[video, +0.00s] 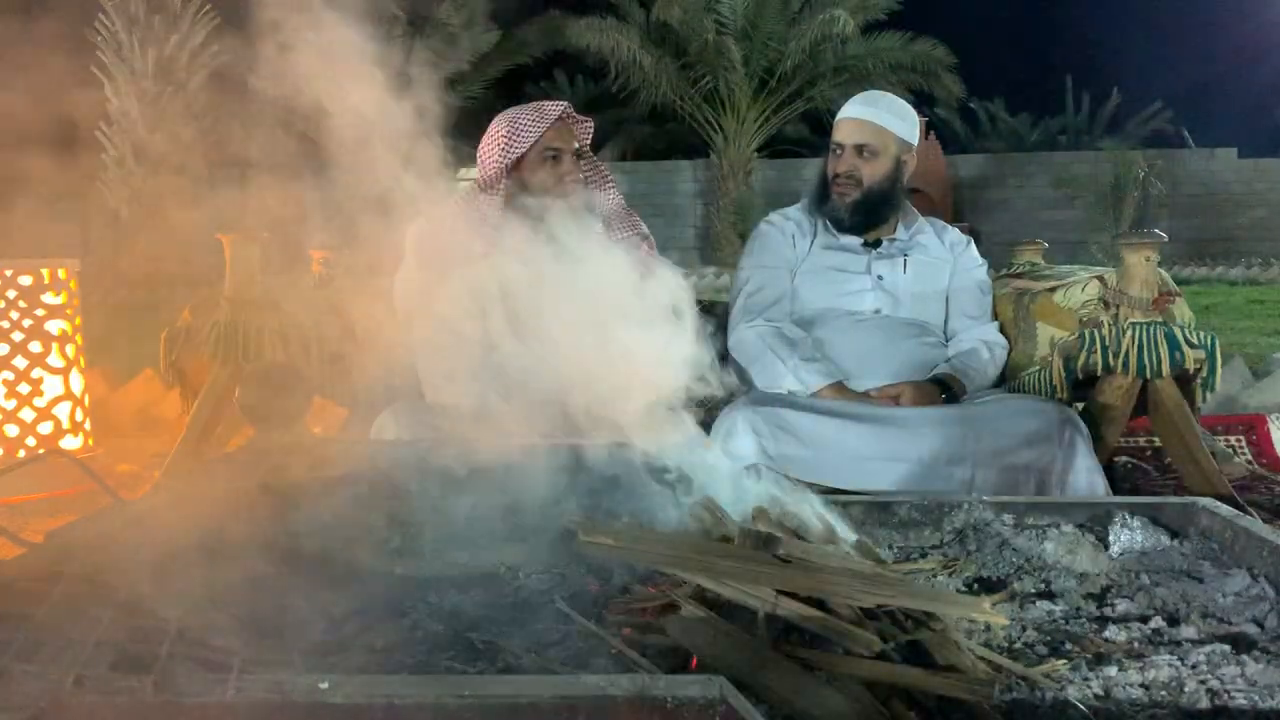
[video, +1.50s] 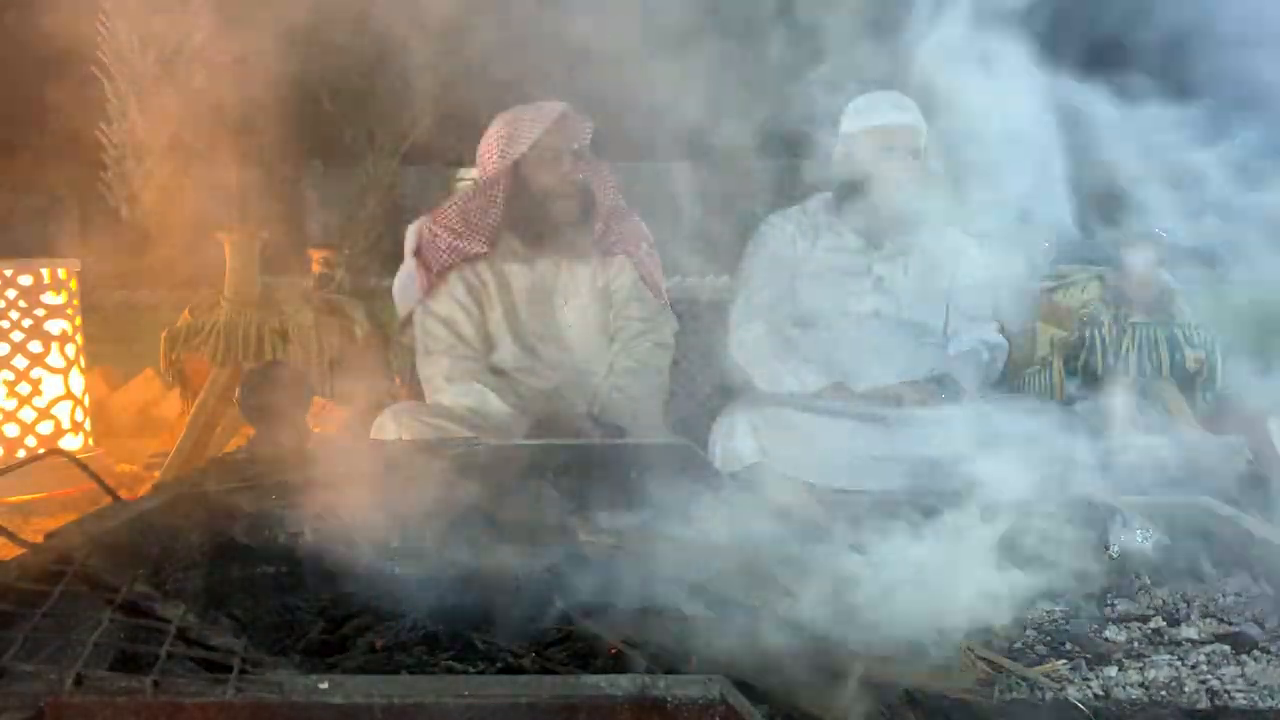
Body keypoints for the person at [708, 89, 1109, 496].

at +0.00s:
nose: (842, 167)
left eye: (864, 154)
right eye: (836, 151)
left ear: (905, 166)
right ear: (826, 155)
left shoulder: (953, 249)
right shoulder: (786, 231)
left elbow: (981, 342)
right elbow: (753, 330)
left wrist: (940, 387)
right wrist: (834, 396)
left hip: (939, 420)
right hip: (823, 416)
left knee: (1058, 429)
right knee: (741, 425)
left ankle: (1086, 590)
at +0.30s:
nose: (845, 173)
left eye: (866, 158)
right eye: (837, 156)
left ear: (906, 165)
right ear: (826, 159)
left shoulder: (952, 246)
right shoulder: (785, 232)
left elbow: (981, 342)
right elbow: (755, 330)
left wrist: (939, 389)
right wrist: (839, 397)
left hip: (934, 420)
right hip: (818, 416)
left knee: (1052, 424)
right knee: (750, 426)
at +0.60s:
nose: (855, 175)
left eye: (876, 160)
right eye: (844, 157)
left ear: (908, 166)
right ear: (829, 159)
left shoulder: (952, 247)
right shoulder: (783, 233)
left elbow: (981, 342)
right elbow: (756, 332)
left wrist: (939, 388)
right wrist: (838, 397)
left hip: (932, 419)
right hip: (818, 415)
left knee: (1052, 425)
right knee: (741, 431)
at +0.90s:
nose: (885, 175)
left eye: (902, 160)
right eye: (869, 156)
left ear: (919, 166)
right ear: (839, 158)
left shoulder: (954, 248)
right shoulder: (784, 234)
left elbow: (981, 344)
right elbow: (761, 339)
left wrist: (939, 388)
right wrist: (839, 398)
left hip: (935, 418)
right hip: (824, 416)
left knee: (1052, 424)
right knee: (754, 432)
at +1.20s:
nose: (896, 172)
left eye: (909, 158)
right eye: (882, 156)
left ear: (926, 164)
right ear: (848, 159)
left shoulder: (952, 250)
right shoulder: (785, 236)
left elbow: (984, 347)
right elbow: (749, 338)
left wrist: (939, 388)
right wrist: (840, 397)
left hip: (929, 419)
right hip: (821, 418)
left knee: (1056, 426)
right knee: (741, 433)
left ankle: (1086, 588)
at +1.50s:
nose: (905, 170)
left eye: (913, 155)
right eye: (887, 154)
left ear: (926, 163)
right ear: (849, 161)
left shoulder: (953, 248)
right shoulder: (787, 236)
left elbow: (982, 337)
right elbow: (750, 337)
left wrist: (940, 389)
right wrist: (824, 392)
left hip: (920, 417)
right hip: (812, 416)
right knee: (740, 429)